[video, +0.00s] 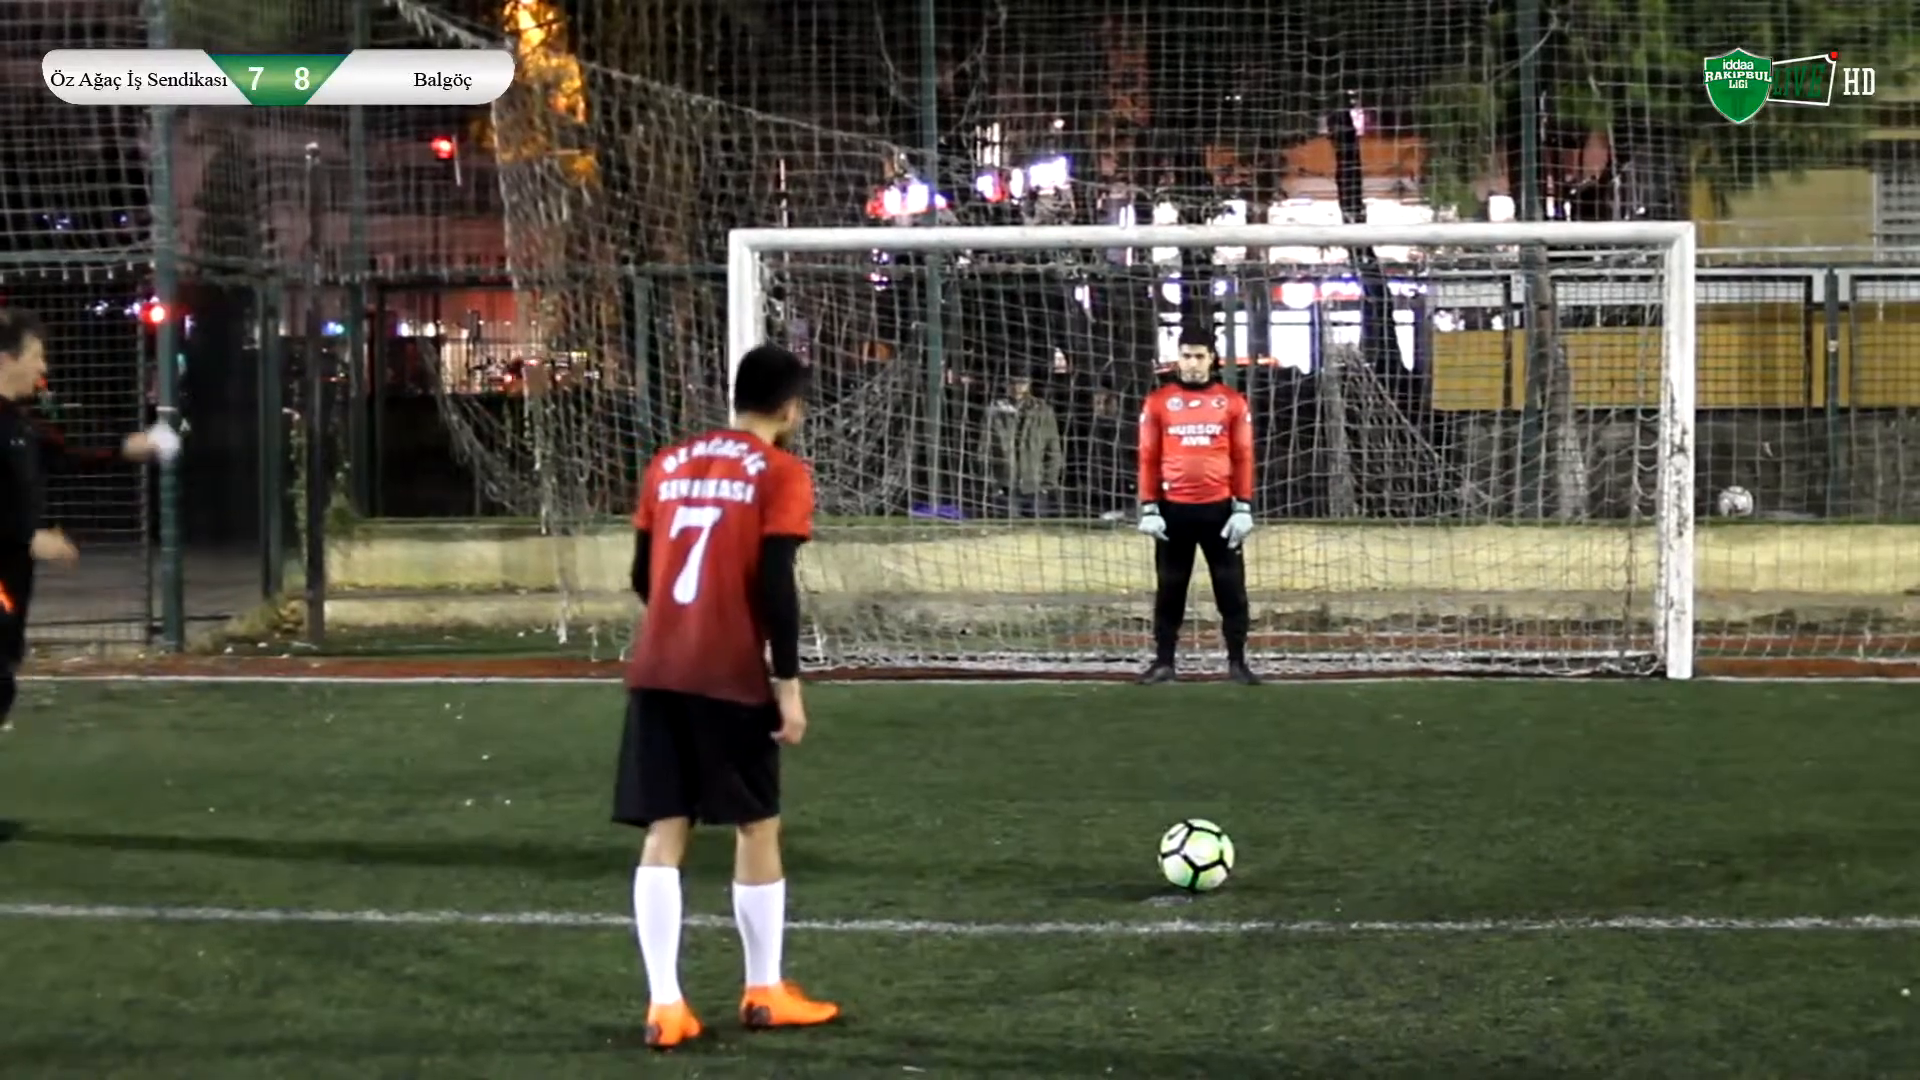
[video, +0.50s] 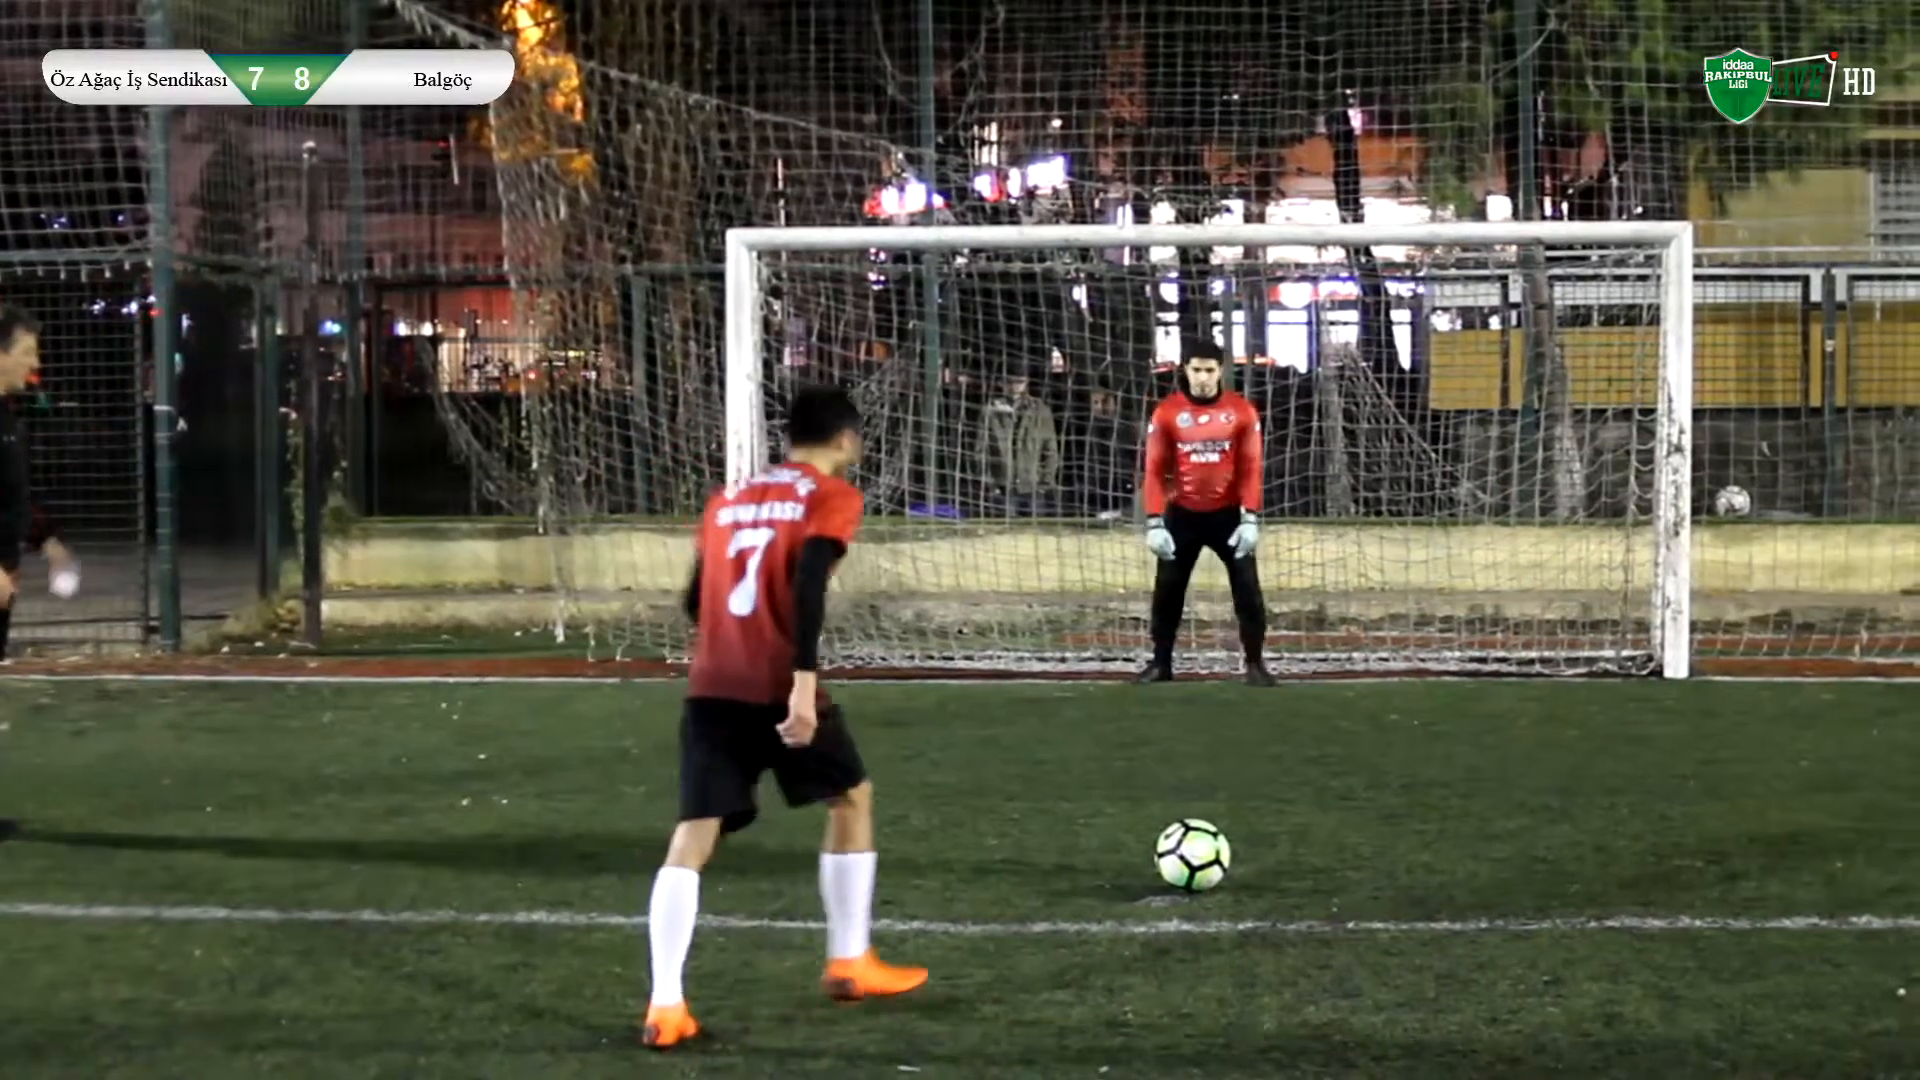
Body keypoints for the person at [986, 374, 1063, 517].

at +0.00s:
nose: (1017, 388)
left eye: (1022, 383)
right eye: (1012, 383)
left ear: (1029, 385)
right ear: (1006, 385)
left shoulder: (1044, 412)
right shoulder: (995, 411)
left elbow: (1054, 451)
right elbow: (984, 451)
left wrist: (1049, 484)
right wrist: (993, 486)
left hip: (1036, 490)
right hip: (1005, 490)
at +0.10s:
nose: (1018, 388)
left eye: (1023, 382)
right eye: (1013, 382)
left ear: (1031, 383)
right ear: (1006, 384)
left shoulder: (1045, 411)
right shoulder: (994, 411)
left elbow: (1055, 450)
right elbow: (985, 450)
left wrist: (1050, 483)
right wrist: (994, 486)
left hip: (1038, 490)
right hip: (1006, 491)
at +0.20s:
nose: (1016, 387)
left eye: (1021, 382)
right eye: (1012, 382)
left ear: (1029, 383)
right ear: (1005, 384)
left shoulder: (1044, 411)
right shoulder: (993, 410)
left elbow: (1054, 450)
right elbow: (984, 450)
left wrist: (1048, 483)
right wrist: (993, 486)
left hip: (1036, 490)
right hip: (1005, 490)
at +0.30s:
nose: (1015, 388)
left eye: (1020, 382)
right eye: (1010, 382)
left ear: (1027, 383)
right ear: (1003, 384)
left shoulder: (1042, 411)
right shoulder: (991, 411)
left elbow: (1052, 450)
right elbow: (982, 449)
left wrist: (1047, 483)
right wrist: (991, 485)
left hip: (1035, 490)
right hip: (1003, 491)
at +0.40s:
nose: (1016, 387)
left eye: (1021, 382)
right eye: (1011, 381)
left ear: (1029, 382)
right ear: (1004, 383)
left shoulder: (1043, 410)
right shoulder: (993, 410)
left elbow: (1053, 450)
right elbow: (983, 449)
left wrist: (1048, 482)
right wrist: (992, 485)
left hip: (1036, 489)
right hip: (1004, 490)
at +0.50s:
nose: (1014, 388)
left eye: (1020, 382)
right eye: (1009, 382)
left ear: (1027, 383)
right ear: (1002, 384)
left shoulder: (1041, 411)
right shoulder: (990, 411)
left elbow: (1051, 450)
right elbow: (981, 450)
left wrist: (1046, 483)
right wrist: (990, 485)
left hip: (1034, 491)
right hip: (1002, 491)